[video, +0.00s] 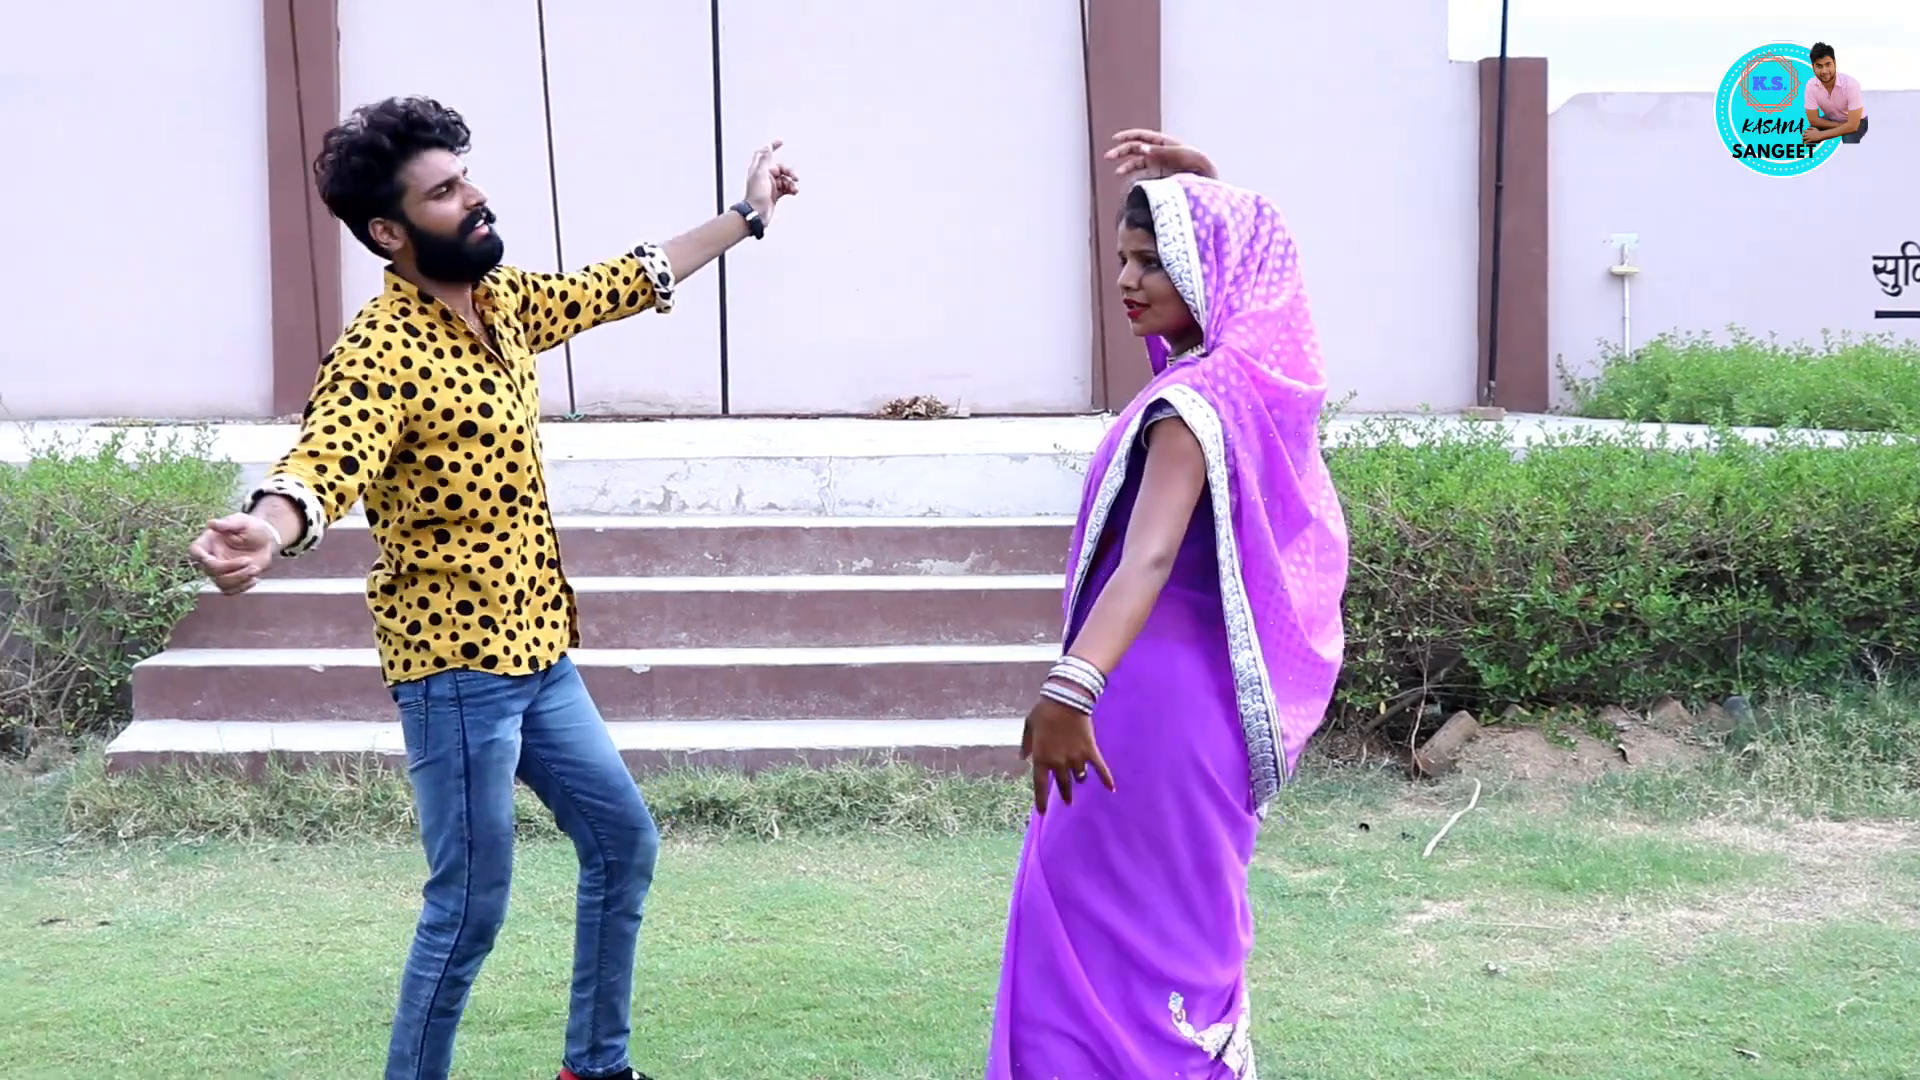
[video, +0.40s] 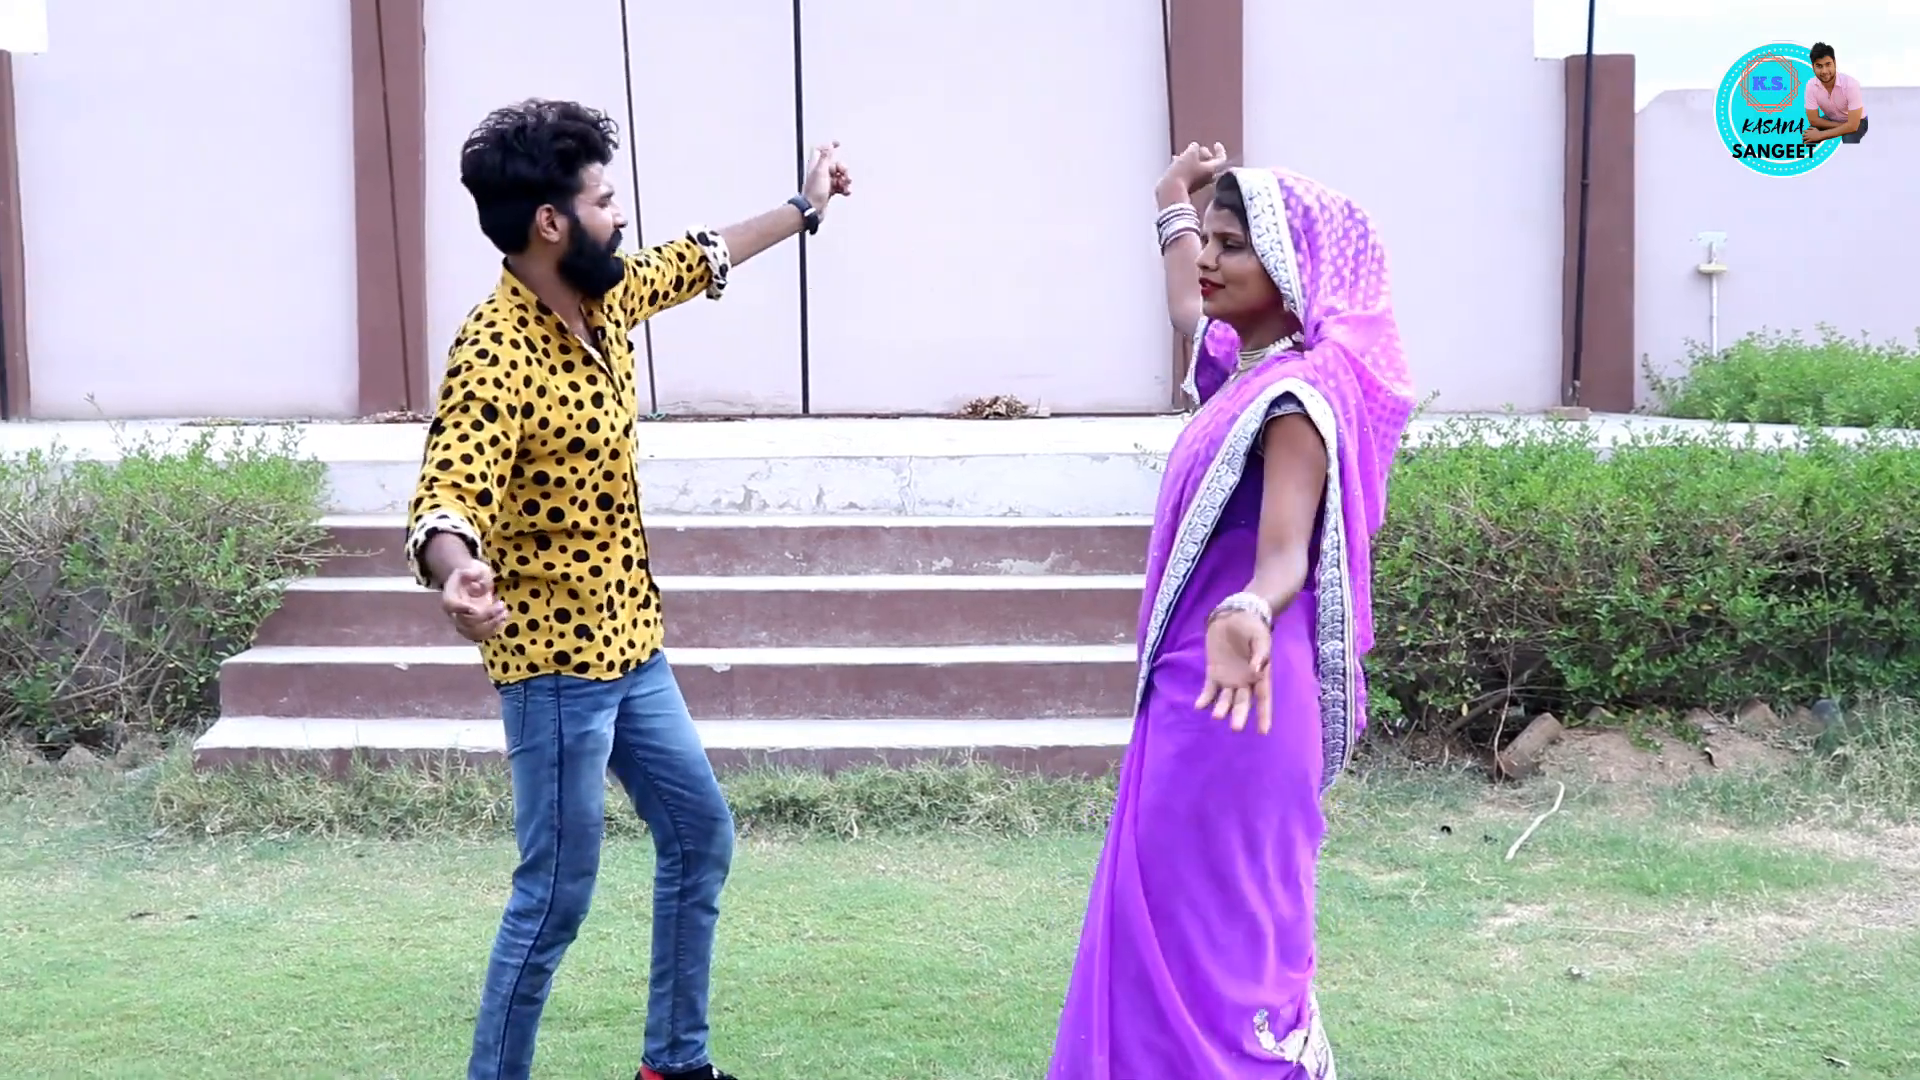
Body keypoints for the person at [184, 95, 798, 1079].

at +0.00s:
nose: (475, 199)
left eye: (468, 179)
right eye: (444, 191)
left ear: (476, 180)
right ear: (387, 234)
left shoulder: (508, 301)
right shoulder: (381, 347)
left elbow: (627, 283)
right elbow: (329, 453)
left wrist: (745, 215)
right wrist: (272, 522)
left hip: (537, 652)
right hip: (452, 667)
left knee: (623, 841)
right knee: (467, 907)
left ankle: (597, 1064)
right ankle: (412, 1073)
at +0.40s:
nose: (621, 212)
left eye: (615, 194)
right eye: (604, 198)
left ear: (555, 218)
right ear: (546, 220)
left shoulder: (602, 297)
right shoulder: (495, 349)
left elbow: (696, 258)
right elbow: (444, 501)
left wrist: (803, 208)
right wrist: (457, 567)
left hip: (629, 648)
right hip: (550, 660)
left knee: (701, 833)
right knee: (554, 893)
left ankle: (676, 1059)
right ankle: (495, 1071)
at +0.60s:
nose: (678, 245)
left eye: (673, 226)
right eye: (667, 228)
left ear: (620, 245)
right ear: (622, 246)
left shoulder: (637, 333)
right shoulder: (537, 391)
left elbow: (709, 302)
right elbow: (533, 577)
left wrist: (795, 230)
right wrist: (604, 661)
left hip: (678, 658)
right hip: (602, 681)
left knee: (757, 833)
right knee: (618, 910)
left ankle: (699, 1058)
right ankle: (529, 1071)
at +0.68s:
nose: (708, 250)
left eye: (703, 231)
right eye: (694, 233)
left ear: (644, 248)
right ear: (650, 251)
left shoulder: (648, 330)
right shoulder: (567, 393)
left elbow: (708, 293)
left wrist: (787, 217)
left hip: (688, 652)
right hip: (622, 674)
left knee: (770, 831)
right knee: (629, 906)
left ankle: (703, 1058)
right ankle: (534, 1071)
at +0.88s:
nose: (777, 245)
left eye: (775, 228)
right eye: (773, 230)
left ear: (687, 236)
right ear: (743, 247)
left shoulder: (650, 296)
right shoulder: (711, 400)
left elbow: (684, 192)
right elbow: (748, 587)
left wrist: (771, 101)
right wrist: (847, 659)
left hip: (677, 629)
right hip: (688, 650)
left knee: (761, 833)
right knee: (646, 883)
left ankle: (707, 1065)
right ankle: (530, 1068)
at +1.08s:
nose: (864, 284)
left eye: (864, 266)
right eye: (863, 268)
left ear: (768, 259)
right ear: (838, 277)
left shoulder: (702, 317)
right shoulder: (810, 415)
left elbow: (725, 178)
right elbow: (867, 583)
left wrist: (786, 57)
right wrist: (826, 547)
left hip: (694, 650)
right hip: (773, 668)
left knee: (757, 882)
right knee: (787, 897)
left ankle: (706, 1071)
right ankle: (581, 1047)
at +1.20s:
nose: (912, 259)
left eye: (909, 241)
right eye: (909, 244)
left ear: (813, 236)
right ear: (879, 256)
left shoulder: (742, 301)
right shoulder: (857, 396)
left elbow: (775, 161)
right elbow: (896, 573)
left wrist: (832, 34)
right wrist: (874, 559)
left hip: (716, 622)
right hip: (809, 651)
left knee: (763, 846)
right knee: (876, 864)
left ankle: (703, 1052)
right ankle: (723, 1044)